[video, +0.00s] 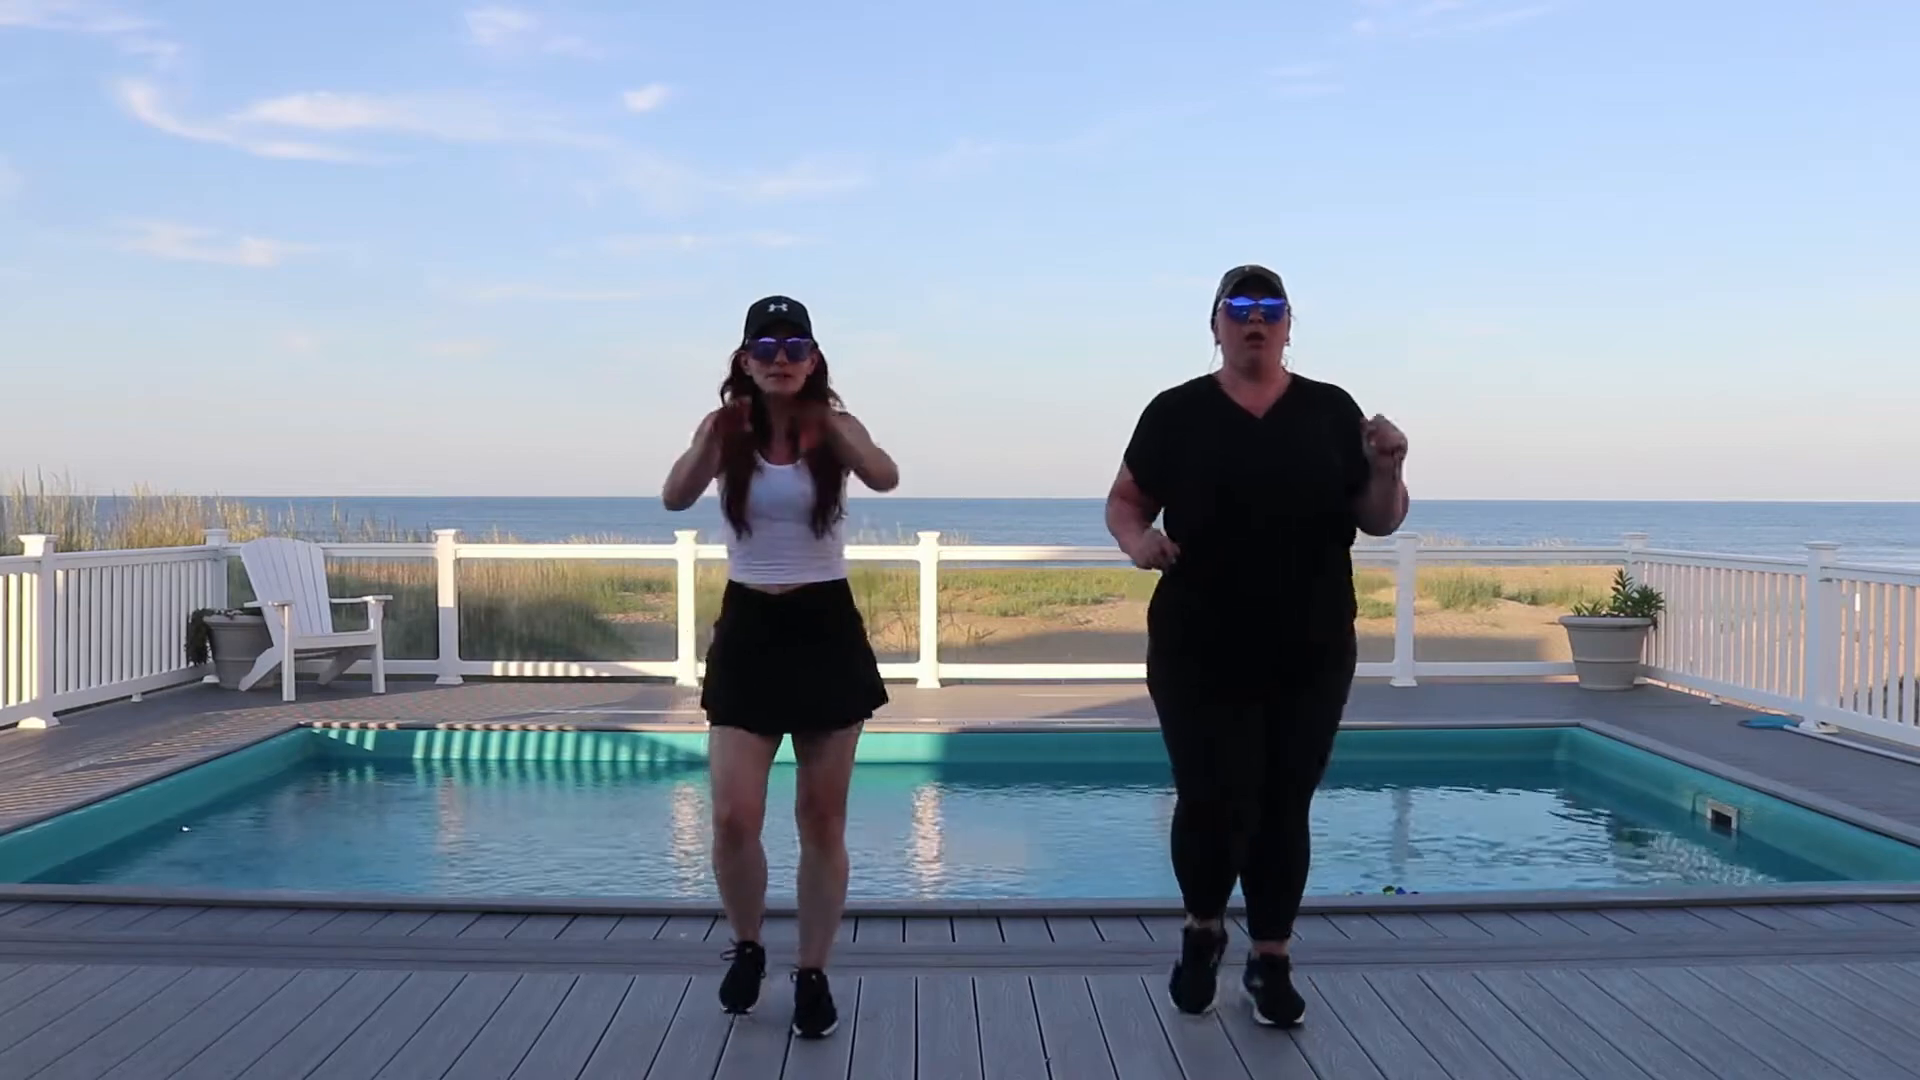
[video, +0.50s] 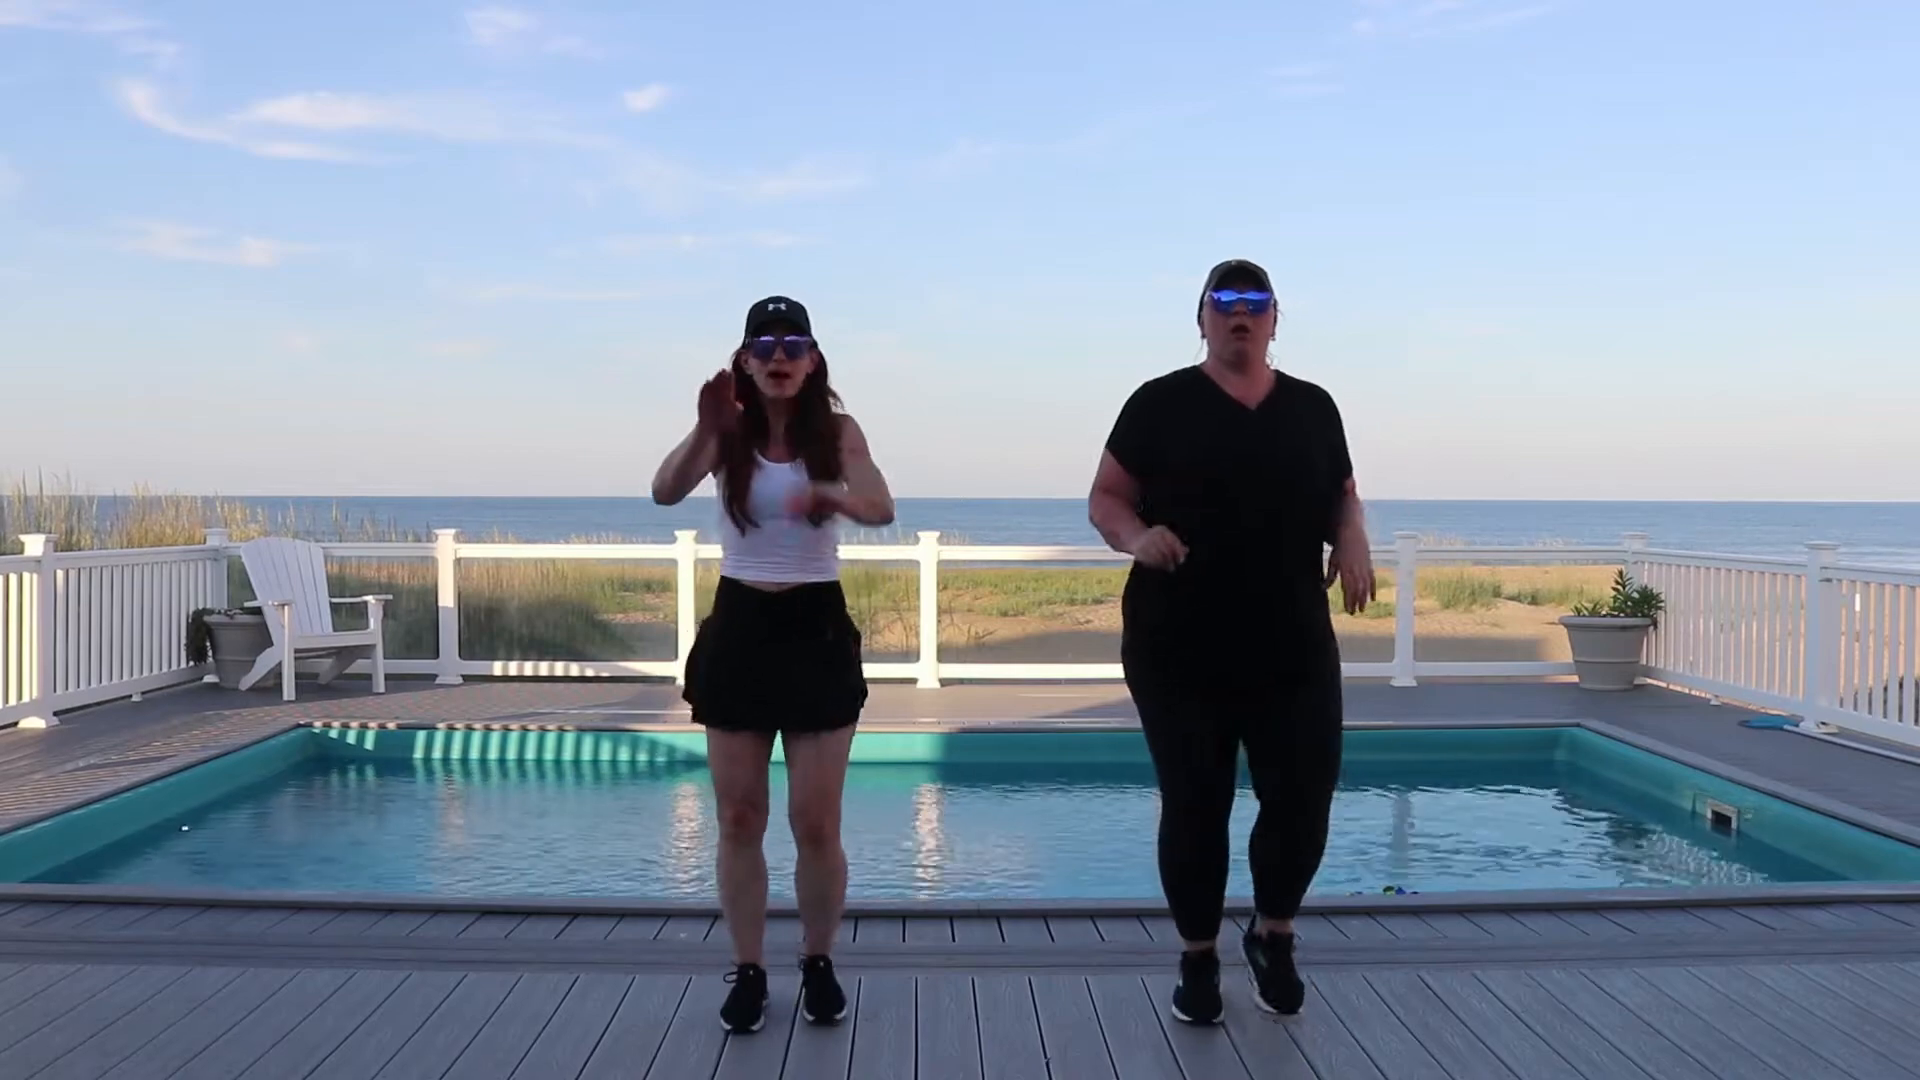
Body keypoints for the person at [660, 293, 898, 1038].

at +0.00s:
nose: (782, 360)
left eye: (795, 349)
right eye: (767, 349)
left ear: (813, 357)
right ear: (745, 358)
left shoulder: (832, 423)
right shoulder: (726, 428)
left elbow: (884, 476)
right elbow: (676, 498)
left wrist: (835, 425)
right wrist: (710, 442)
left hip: (827, 628)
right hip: (749, 628)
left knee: (821, 817)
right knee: (733, 820)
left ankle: (812, 973)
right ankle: (747, 946)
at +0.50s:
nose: (781, 360)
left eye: (795, 347)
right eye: (766, 349)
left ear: (814, 356)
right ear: (745, 360)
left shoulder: (836, 429)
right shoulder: (726, 432)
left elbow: (880, 506)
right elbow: (665, 493)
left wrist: (837, 498)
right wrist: (707, 431)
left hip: (818, 629)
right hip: (738, 629)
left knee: (815, 823)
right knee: (740, 816)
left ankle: (818, 963)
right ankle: (747, 972)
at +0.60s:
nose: (787, 361)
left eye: (800, 350)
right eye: (772, 351)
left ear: (820, 361)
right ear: (752, 363)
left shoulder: (845, 442)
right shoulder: (728, 439)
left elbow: (891, 542)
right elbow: (660, 516)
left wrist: (854, 603)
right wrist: (692, 476)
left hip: (825, 635)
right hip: (745, 633)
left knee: (824, 829)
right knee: (737, 824)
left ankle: (818, 966)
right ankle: (747, 970)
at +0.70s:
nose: (793, 364)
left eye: (807, 355)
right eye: (779, 355)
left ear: (826, 367)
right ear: (757, 366)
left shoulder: (849, 445)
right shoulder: (732, 442)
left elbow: (911, 543)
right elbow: (666, 512)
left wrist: (909, 618)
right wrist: (652, 541)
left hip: (829, 639)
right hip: (748, 637)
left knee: (829, 826)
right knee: (734, 821)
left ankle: (819, 965)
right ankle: (750, 956)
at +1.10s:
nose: (782, 385)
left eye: (795, 372)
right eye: (767, 372)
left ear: (814, 380)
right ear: (744, 380)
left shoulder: (830, 456)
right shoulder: (714, 453)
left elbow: (861, 525)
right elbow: (677, 554)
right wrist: (716, 621)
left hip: (809, 647)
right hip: (731, 647)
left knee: (822, 833)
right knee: (732, 838)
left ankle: (811, 977)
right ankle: (763, 970)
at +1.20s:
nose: (779, 373)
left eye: (793, 358)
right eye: (765, 359)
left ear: (813, 366)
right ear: (744, 366)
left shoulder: (822, 436)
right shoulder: (715, 435)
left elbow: (852, 490)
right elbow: (682, 527)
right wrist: (768, 548)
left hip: (806, 637)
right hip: (727, 638)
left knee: (807, 819)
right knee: (732, 827)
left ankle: (798, 990)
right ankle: (763, 969)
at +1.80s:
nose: (779, 364)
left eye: (793, 351)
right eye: (764, 352)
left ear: (812, 362)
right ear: (742, 361)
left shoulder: (829, 432)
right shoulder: (720, 429)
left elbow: (852, 499)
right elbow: (667, 500)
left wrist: (854, 412)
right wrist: (768, 526)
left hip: (813, 636)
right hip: (733, 637)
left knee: (802, 827)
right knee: (731, 839)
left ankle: (792, 973)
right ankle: (759, 953)